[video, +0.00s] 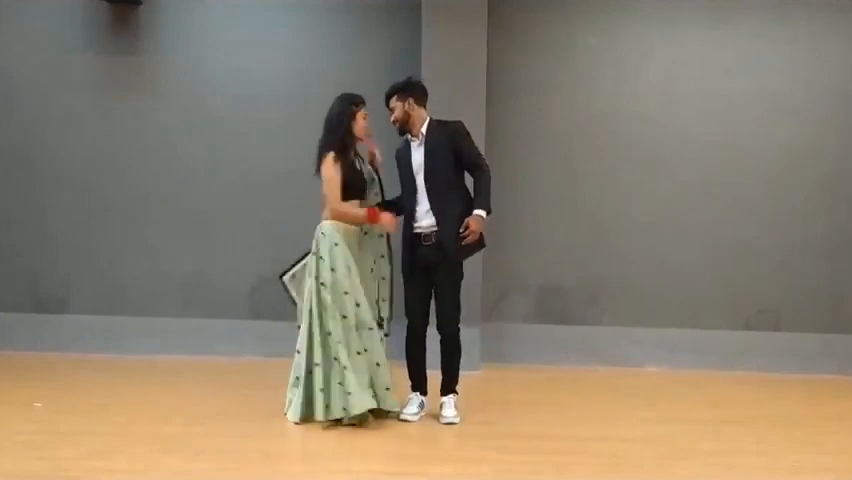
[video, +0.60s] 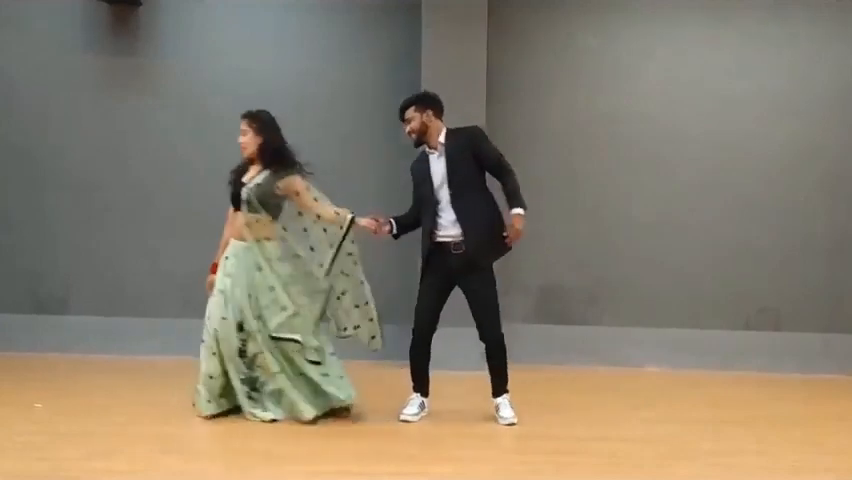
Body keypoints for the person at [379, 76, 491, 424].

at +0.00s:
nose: (390, 117)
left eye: (394, 109)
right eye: (389, 111)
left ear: (413, 105)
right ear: (407, 109)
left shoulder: (452, 131)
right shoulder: (403, 152)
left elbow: (481, 171)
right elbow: (410, 199)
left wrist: (479, 213)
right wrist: (378, 209)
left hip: (447, 239)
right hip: (414, 241)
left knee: (448, 323)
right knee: (416, 323)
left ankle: (449, 396)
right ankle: (418, 394)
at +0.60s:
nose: (406, 128)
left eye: (410, 120)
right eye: (404, 123)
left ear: (430, 115)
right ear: (422, 120)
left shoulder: (470, 138)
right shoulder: (419, 165)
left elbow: (503, 172)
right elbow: (418, 213)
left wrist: (517, 213)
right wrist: (392, 225)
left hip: (475, 252)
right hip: (438, 255)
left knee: (491, 331)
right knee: (422, 328)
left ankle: (501, 398)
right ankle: (419, 397)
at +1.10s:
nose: (475, 111)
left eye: (480, 103)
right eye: (473, 105)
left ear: (500, 102)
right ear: (475, 107)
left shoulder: (528, 139)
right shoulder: (469, 137)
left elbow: (538, 176)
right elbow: (427, 146)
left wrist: (554, 212)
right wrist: (381, 147)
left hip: (502, 250)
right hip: (466, 246)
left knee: (509, 328)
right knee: (436, 315)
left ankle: (503, 398)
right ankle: (409, 384)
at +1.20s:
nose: (473, 114)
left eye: (479, 107)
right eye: (471, 108)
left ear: (500, 106)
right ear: (474, 110)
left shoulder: (527, 143)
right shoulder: (467, 139)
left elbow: (535, 182)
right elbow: (425, 152)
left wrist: (547, 217)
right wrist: (379, 150)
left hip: (499, 255)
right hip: (463, 249)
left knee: (509, 330)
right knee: (430, 315)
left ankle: (503, 398)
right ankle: (400, 383)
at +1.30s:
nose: (465, 118)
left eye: (471, 111)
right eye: (464, 112)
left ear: (492, 111)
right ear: (475, 113)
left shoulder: (519, 150)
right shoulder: (459, 145)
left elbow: (531, 191)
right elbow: (421, 167)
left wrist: (545, 229)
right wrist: (376, 166)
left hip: (493, 260)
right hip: (456, 255)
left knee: (505, 333)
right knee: (425, 319)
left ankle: (503, 399)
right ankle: (396, 387)